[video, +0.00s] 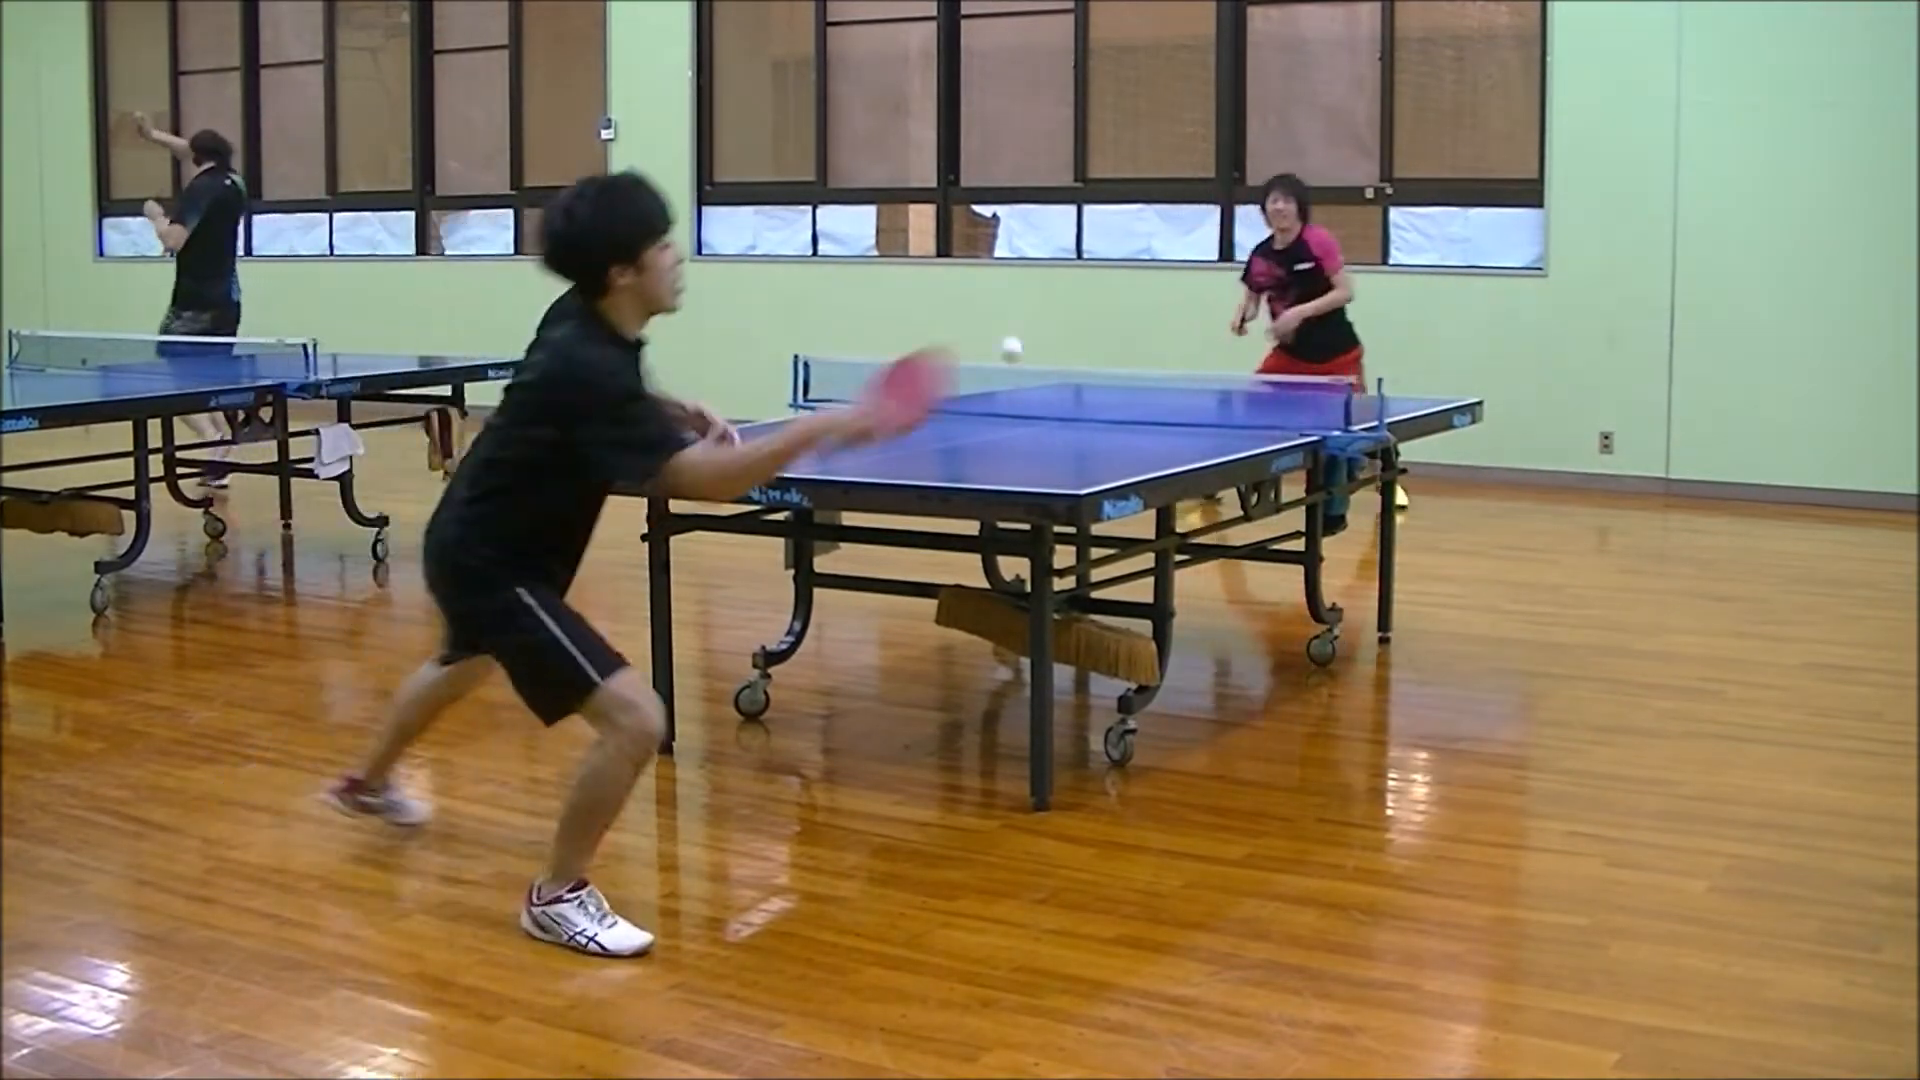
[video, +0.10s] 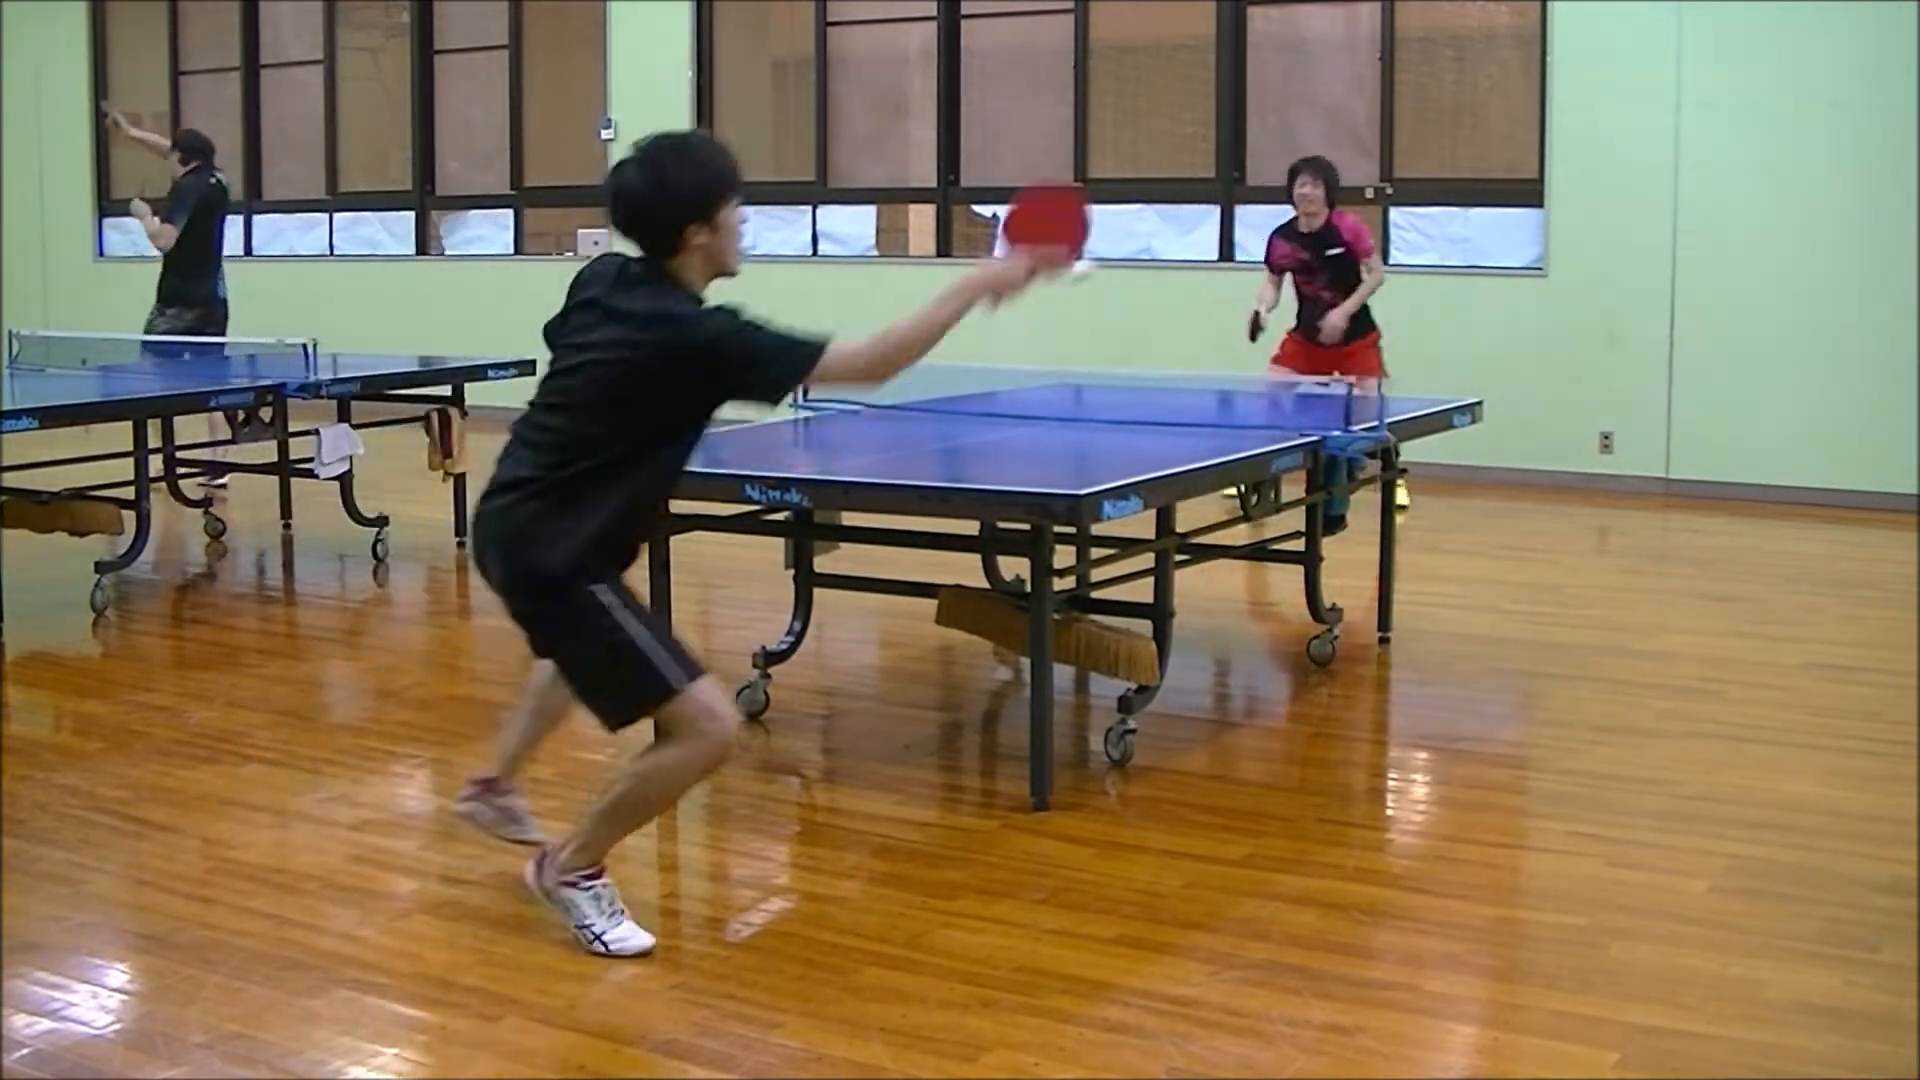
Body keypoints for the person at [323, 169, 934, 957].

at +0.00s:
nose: (679, 258)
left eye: (673, 244)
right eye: (665, 248)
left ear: (618, 271)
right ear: (620, 274)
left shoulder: (587, 324)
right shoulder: (588, 370)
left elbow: (599, 406)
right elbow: (707, 477)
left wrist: (674, 415)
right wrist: (821, 428)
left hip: (477, 547)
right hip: (492, 568)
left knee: (464, 664)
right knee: (635, 722)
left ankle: (366, 778)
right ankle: (558, 894)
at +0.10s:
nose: (743, 225)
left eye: (737, 209)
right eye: (733, 213)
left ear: (662, 229)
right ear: (695, 234)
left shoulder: (602, 282)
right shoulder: (695, 333)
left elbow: (562, 350)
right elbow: (870, 362)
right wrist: (978, 284)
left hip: (511, 523)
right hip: (547, 553)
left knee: (591, 640)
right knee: (709, 729)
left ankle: (495, 784)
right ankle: (569, 868)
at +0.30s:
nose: (854, 253)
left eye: (848, 238)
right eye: (849, 240)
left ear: (755, 251)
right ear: (826, 255)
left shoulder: (692, 337)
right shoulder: (847, 344)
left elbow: (634, 477)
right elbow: (1020, 337)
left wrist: (728, 451)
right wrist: (1043, 226)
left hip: (657, 609)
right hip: (759, 613)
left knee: (701, 716)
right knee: (928, 780)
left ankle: (660, 905)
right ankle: (1011, 999)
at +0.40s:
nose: (875, 331)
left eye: (866, 318)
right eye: (872, 320)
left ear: (779, 338)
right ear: (861, 332)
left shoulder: (733, 438)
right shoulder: (900, 425)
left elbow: (672, 589)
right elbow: (1044, 492)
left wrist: (717, 622)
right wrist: (1112, 409)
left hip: (734, 678)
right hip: (849, 679)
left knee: (722, 745)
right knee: (1031, 844)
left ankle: (674, 916)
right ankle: (1104, 1028)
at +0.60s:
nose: (760, 289)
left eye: (749, 278)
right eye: (755, 278)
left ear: (665, 302)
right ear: (745, 295)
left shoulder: (624, 395)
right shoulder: (792, 383)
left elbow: (507, 444)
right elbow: (843, 496)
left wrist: (552, 375)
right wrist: (906, 524)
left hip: (679, 658)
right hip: (798, 656)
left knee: (627, 742)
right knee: (932, 807)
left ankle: (660, 925)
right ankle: (1070, 1002)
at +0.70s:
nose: (687, 223)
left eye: (682, 211)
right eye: (682, 213)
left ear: (585, 229)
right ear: (668, 226)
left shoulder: (539, 304)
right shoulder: (697, 312)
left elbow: (414, 322)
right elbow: (776, 420)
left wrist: (419, 268)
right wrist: (820, 433)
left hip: (558, 583)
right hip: (660, 576)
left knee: (595, 746)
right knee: (808, 737)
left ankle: (652, 920)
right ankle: (838, 962)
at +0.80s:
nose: (618, 169)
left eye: (615, 155)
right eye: (616, 157)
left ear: (519, 159)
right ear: (604, 166)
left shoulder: (471, 238)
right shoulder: (618, 266)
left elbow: (342, 286)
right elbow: (711, 395)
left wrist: (254, 318)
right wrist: (742, 388)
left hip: (451, 532)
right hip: (540, 526)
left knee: (556, 698)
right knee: (655, 706)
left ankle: (587, 877)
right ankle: (536, 887)